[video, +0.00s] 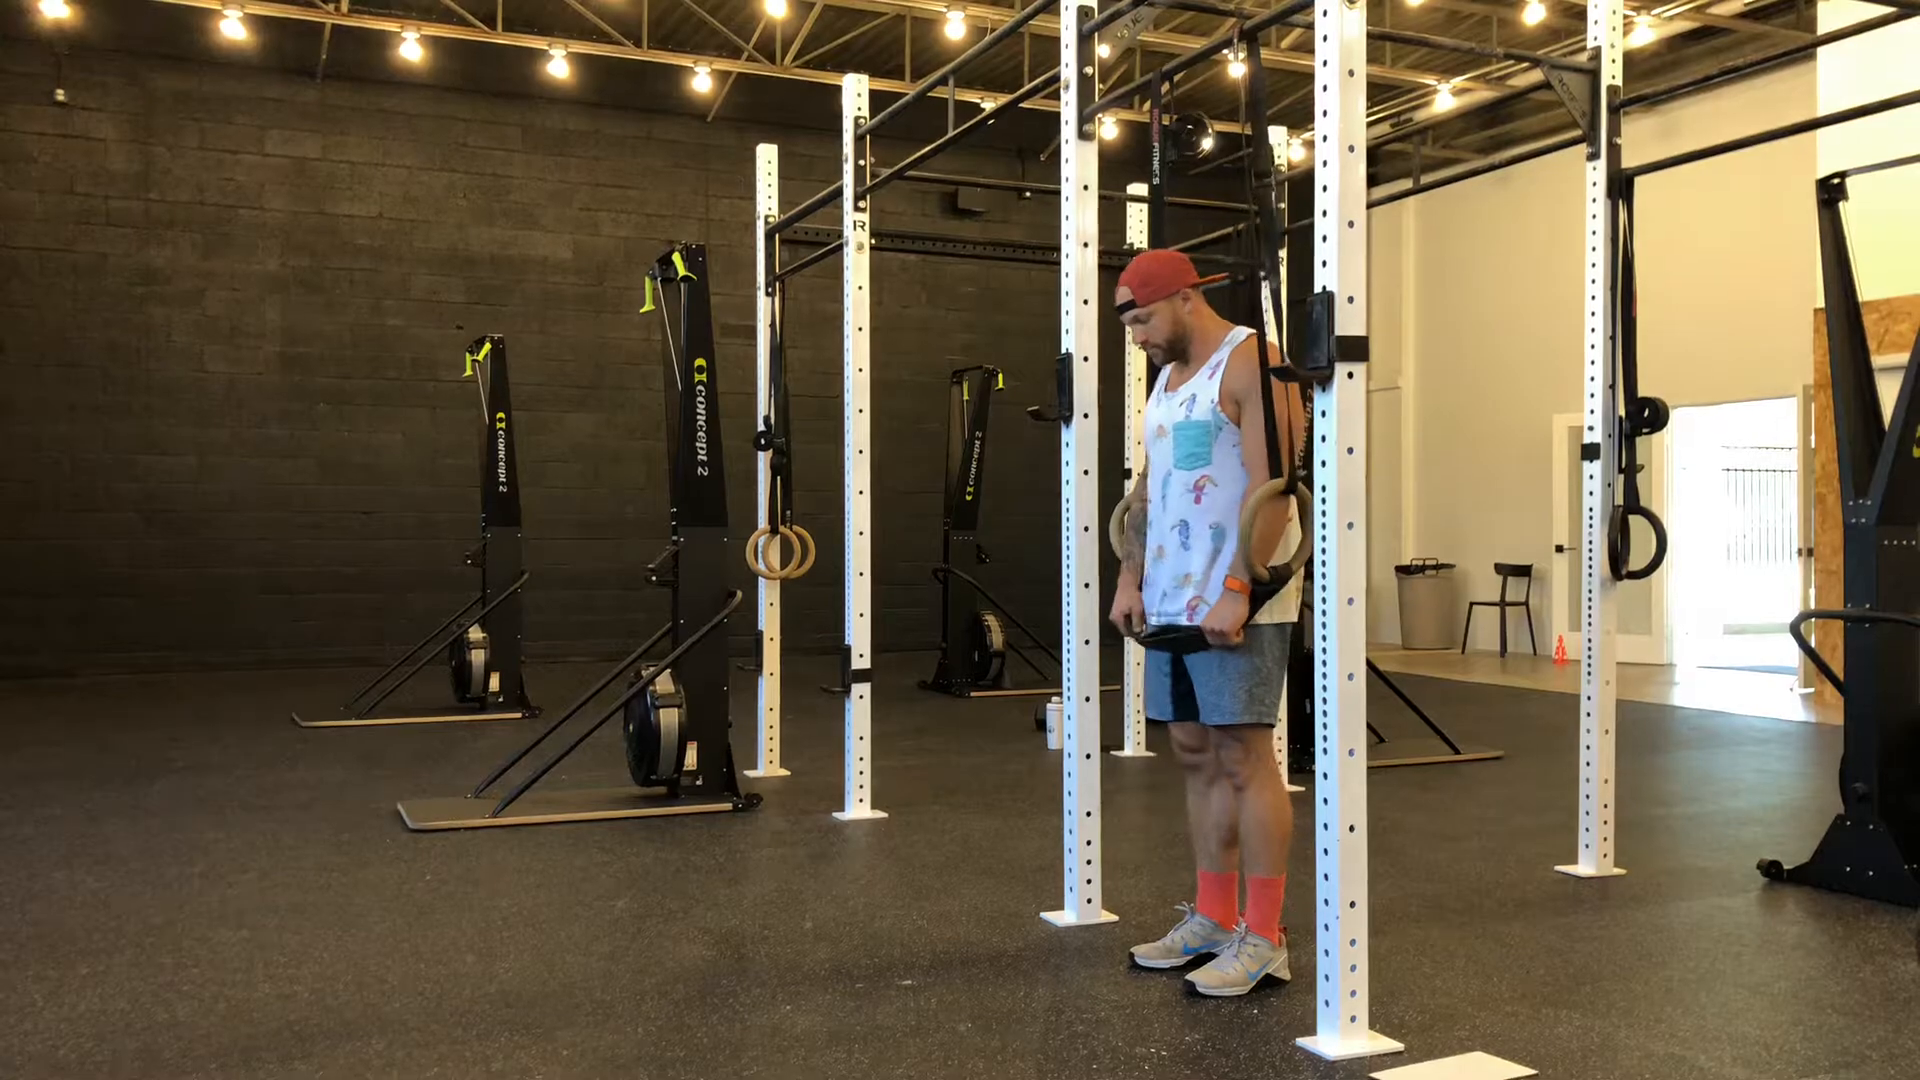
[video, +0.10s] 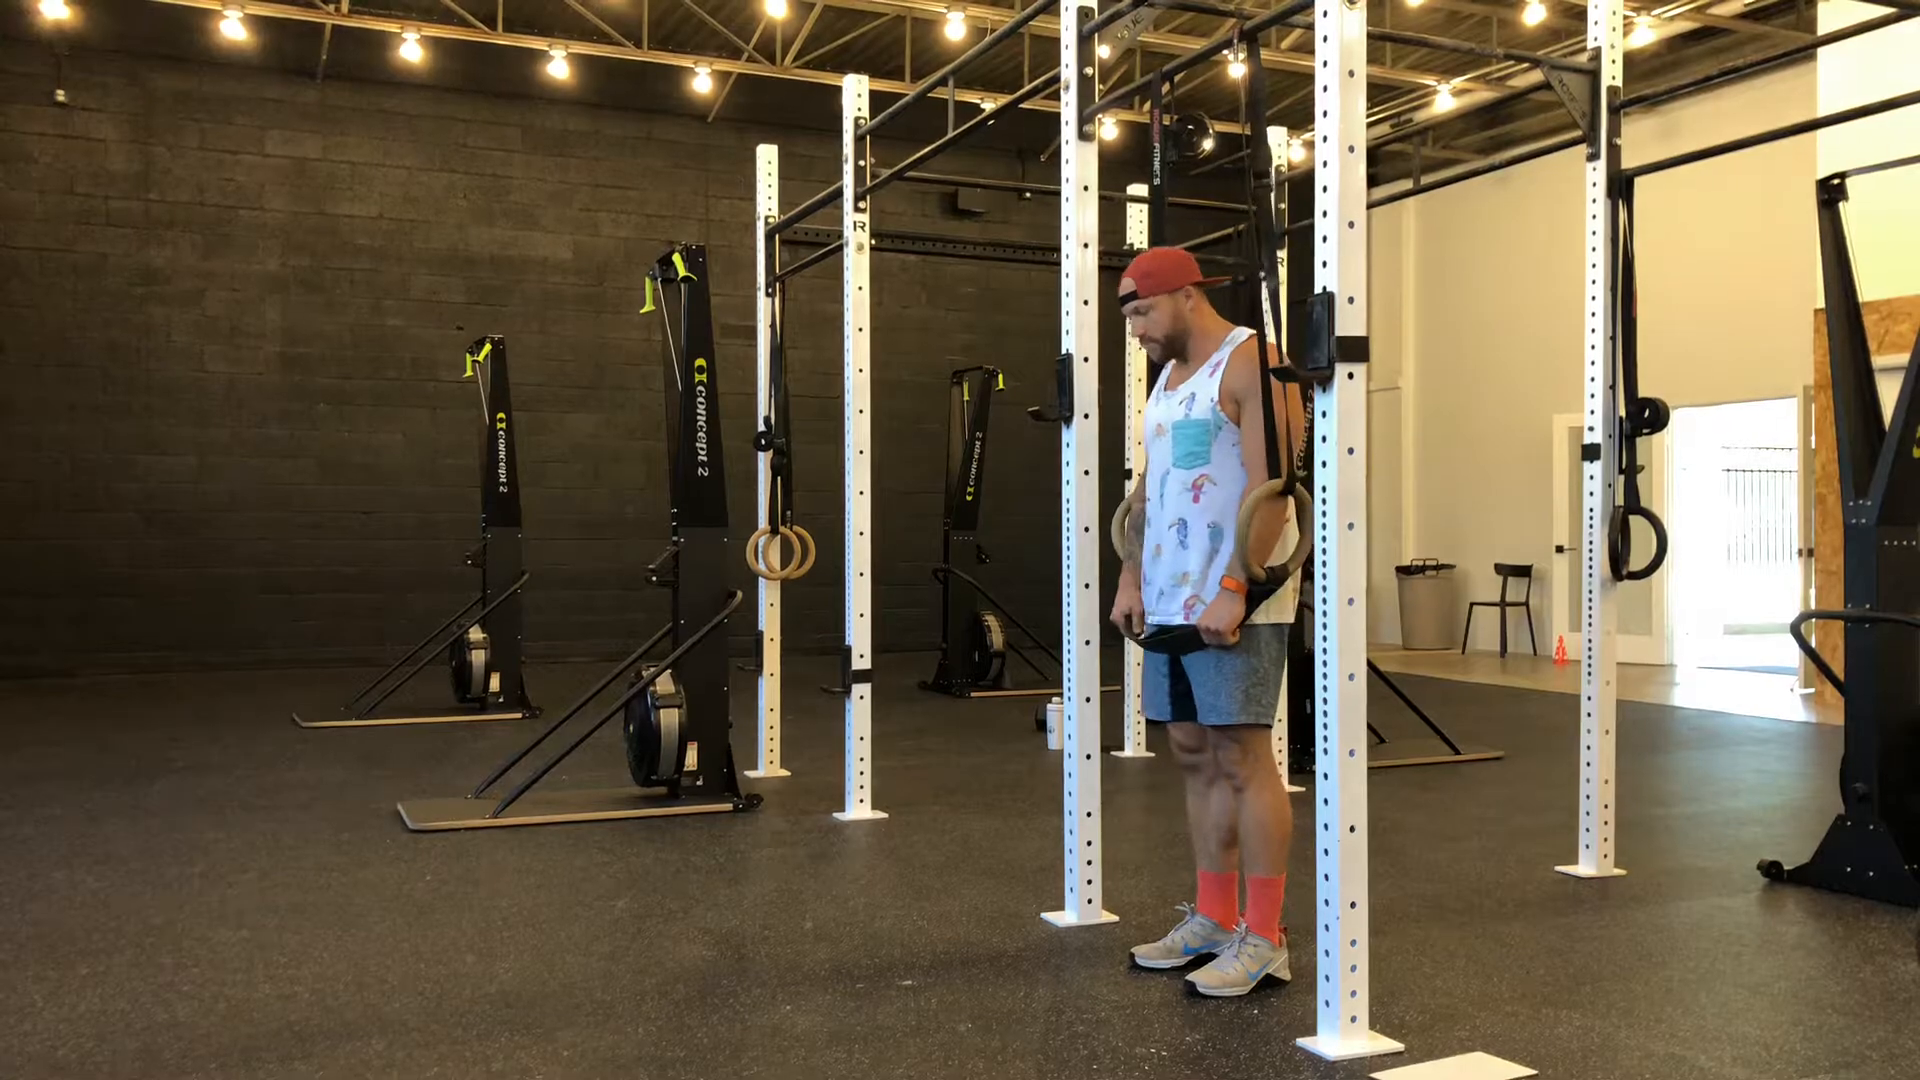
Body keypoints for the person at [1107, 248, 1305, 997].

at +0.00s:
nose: (1131, 328)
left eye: (1138, 312)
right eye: (1126, 315)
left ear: (1187, 299)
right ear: (1161, 310)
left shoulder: (1249, 363)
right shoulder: (1166, 380)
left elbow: (1273, 489)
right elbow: (1153, 491)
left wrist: (1240, 586)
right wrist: (1132, 575)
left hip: (1236, 602)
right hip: (1177, 604)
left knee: (1246, 760)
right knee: (1196, 754)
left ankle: (1264, 938)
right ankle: (1213, 919)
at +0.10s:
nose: (1131, 320)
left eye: (1140, 304)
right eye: (1127, 308)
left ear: (1189, 296)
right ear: (1151, 312)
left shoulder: (1248, 362)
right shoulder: (1165, 382)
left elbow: (1272, 489)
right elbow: (1153, 493)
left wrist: (1237, 585)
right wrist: (1133, 574)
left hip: (1234, 603)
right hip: (1173, 605)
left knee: (1246, 760)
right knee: (1194, 754)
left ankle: (1264, 938)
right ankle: (1214, 920)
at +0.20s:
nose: (1133, 311)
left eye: (1144, 296)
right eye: (1129, 300)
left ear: (1191, 292)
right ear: (1149, 307)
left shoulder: (1249, 361)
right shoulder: (1166, 379)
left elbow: (1270, 488)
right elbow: (1153, 493)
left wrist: (1237, 587)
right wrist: (1133, 573)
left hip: (1232, 605)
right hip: (1170, 607)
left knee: (1244, 761)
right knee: (1194, 758)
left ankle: (1263, 938)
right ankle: (1213, 920)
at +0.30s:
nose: (1136, 303)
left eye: (1149, 289)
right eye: (1134, 292)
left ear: (1198, 290)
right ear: (1157, 301)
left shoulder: (1247, 361)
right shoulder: (1168, 375)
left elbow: (1268, 488)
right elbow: (1154, 490)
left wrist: (1236, 588)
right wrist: (1132, 572)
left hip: (1230, 606)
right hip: (1169, 607)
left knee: (1244, 762)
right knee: (1194, 759)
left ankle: (1263, 938)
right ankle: (1213, 920)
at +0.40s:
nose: (1140, 296)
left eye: (1153, 282)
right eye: (1138, 285)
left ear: (1201, 287)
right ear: (1159, 297)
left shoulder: (1249, 362)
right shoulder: (1168, 374)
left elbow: (1267, 488)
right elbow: (1154, 489)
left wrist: (1233, 587)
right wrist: (1130, 570)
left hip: (1228, 605)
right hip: (1168, 606)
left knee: (1242, 762)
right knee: (1193, 758)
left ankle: (1264, 938)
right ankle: (1213, 920)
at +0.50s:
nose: (1143, 296)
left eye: (1156, 282)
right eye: (1142, 285)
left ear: (1203, 288)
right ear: (1169, 295)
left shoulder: (1251, 364)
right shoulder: (1168, 375)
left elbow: (1267, 489)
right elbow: (1153, 491)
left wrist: (1233, 587)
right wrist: (1127, 571)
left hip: (1230, 604)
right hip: (1168, 605)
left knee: (1243, 762)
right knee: (1192, 759)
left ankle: (1263, 939)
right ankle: (1212, 921)